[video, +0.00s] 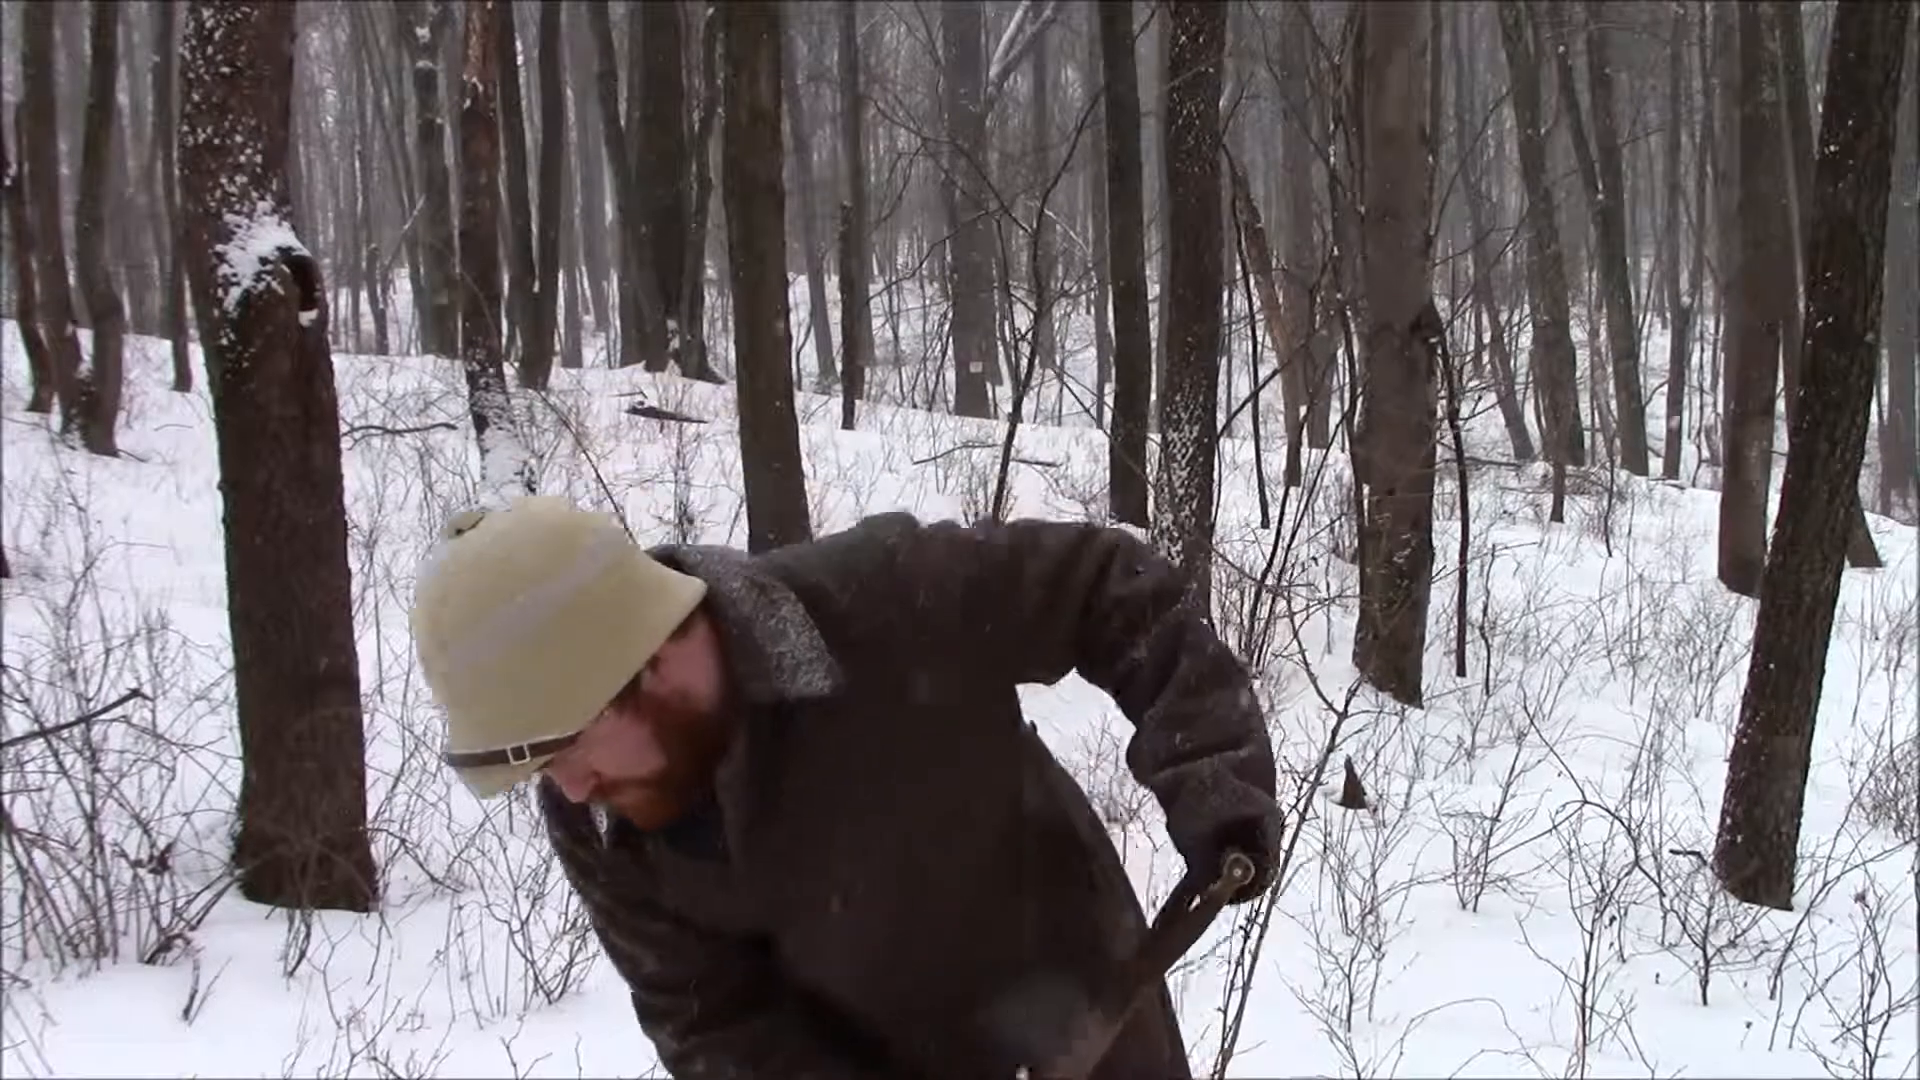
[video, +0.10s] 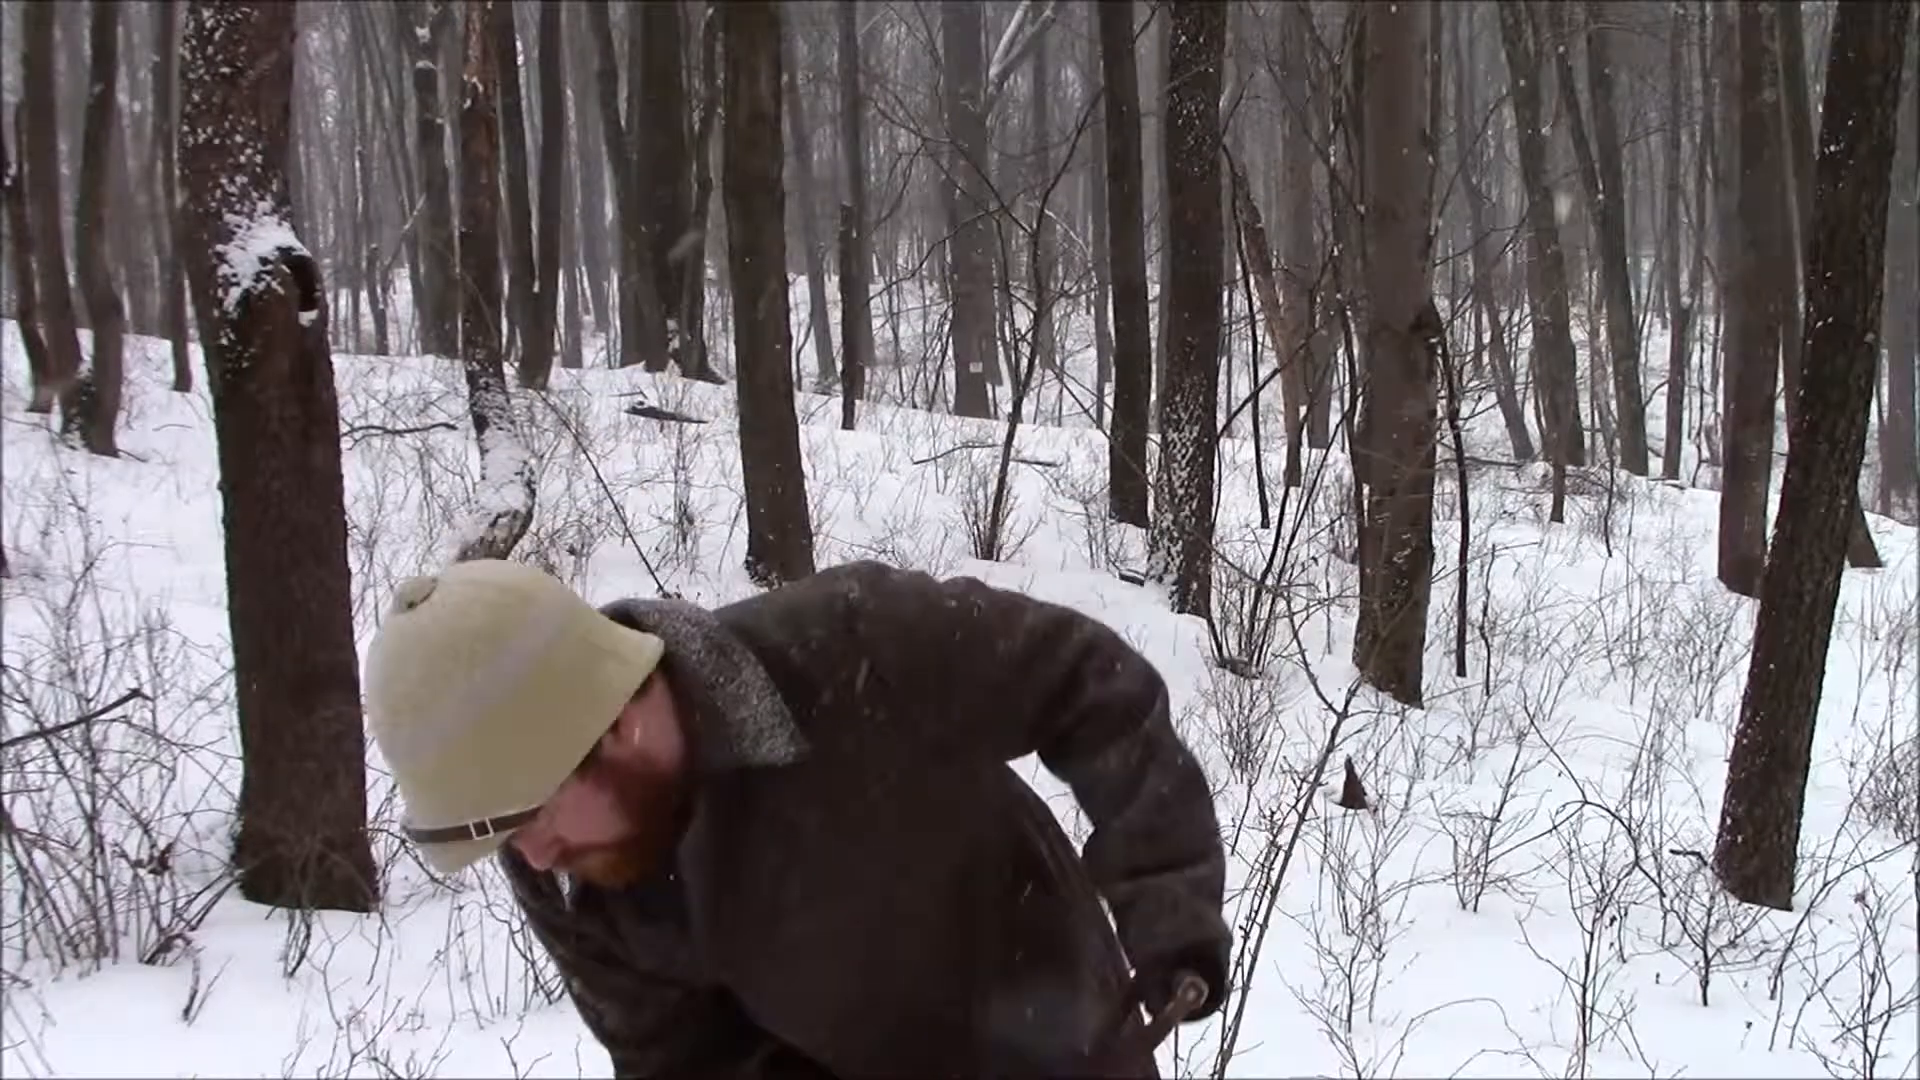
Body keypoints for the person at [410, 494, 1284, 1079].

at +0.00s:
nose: (562, 791)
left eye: (562, 752)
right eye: (534, 768)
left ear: (646, 669)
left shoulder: (887, 600)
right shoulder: (599, 817)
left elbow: (1117, 583)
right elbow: (715, 1034)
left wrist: (1213, 775)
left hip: (1075, 999)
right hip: (888, 1055)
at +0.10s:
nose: (529, 856)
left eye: (528, 813)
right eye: (499, 833)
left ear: (605, 729)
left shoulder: (859, 649)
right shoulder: (559, 877)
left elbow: (1095, 681)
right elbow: (688, 1058)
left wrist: (1168, 930)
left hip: (1049, 1019)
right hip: (863, 1057)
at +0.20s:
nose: (516, 930)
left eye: (514, 890)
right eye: (485, 911)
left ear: (585, 799)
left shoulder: (870, 709)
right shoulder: (536, 922)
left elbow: (1047, 878)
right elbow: (579, 1062)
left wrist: (1038, 1058)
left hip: (970, 1033)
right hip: (794, 1045)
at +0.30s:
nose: (528, 971)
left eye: (517, 930)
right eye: (491, 952)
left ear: (584, 839)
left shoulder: (867, 758)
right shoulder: (523, 967)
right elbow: (521, 1069)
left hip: (943, 1042)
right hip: (737, 1048)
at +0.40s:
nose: (542, 984)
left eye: (536, 943)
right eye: (504, 968)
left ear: (581, 850)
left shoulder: (869, 764)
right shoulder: (524, 986)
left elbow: (1024, 1019)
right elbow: (528, 1067)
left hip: (914, 1045)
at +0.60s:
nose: (566, 895)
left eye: (571, 850)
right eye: (532, 872)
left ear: (639, 762)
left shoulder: (914, 729)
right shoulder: (540, 887)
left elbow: (1058, 977)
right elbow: (564, 1066)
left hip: (952, 1048)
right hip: (769, 1051)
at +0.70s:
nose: (575, 773)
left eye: (586, 715)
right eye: (545, 736)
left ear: (678, 652)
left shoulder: (937, 683)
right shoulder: (560, 802)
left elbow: (1075, 926)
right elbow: (581, 1039)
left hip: (942, 1044)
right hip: (743, 1055)